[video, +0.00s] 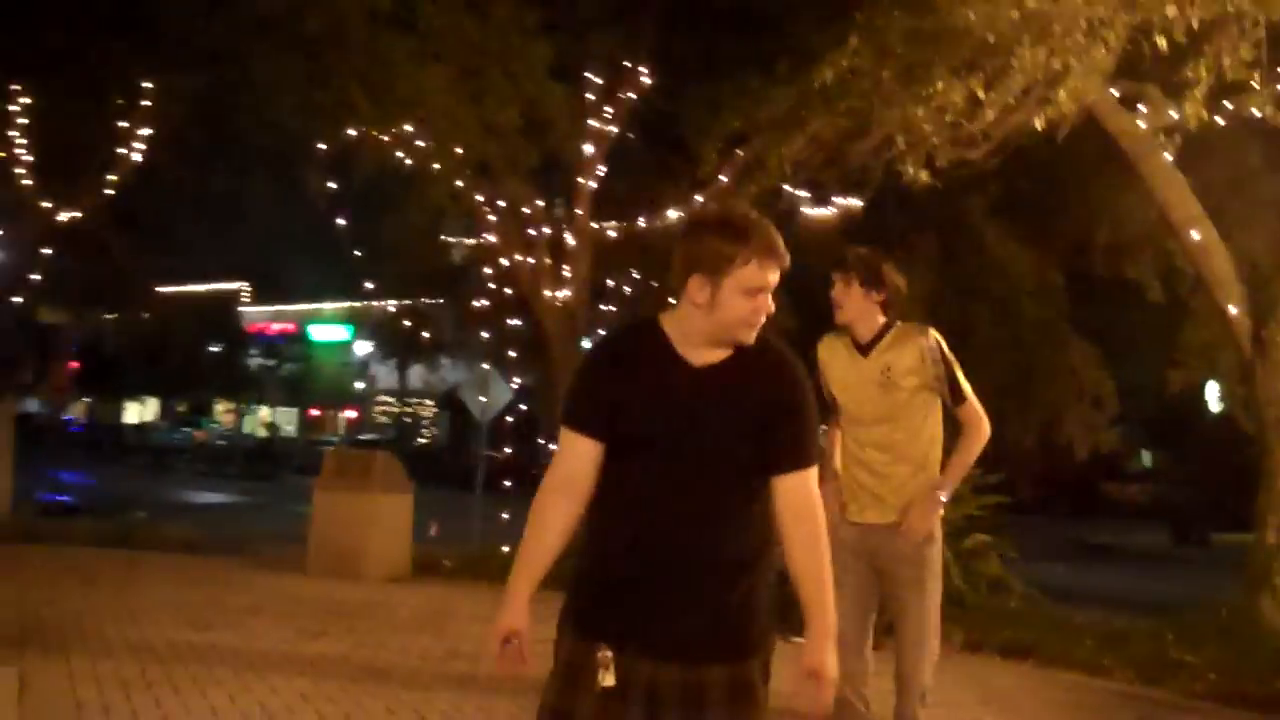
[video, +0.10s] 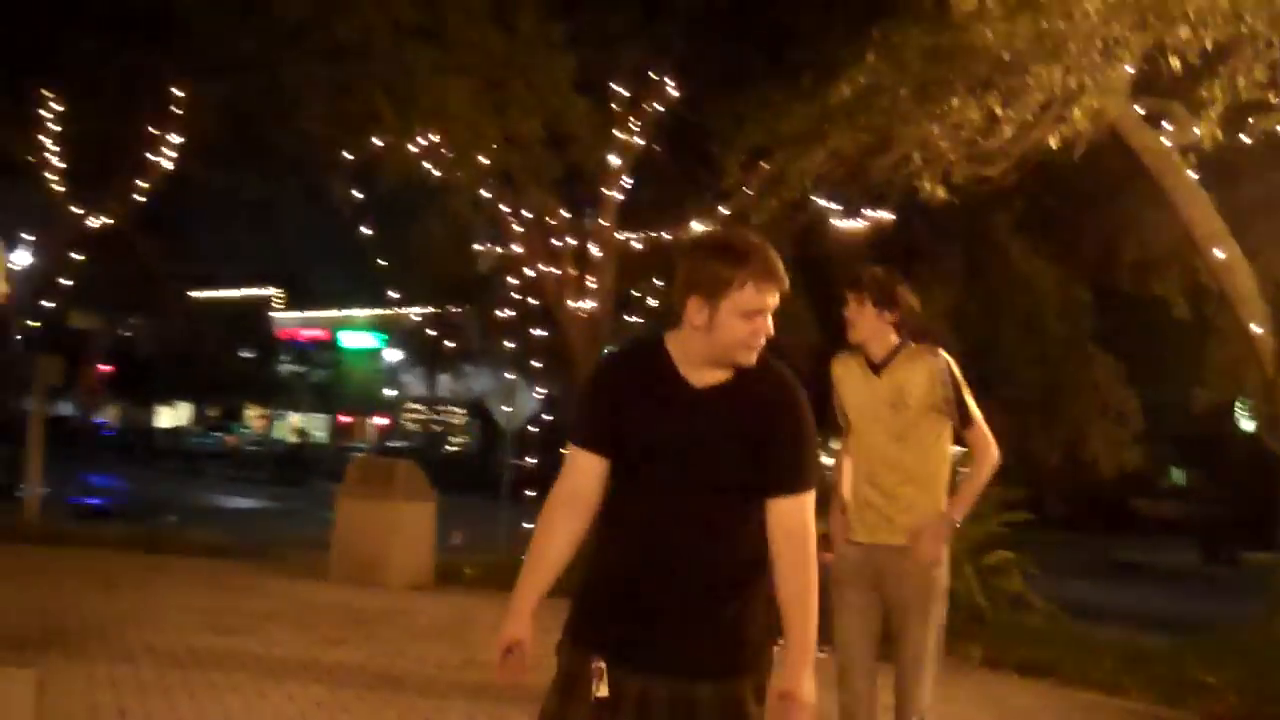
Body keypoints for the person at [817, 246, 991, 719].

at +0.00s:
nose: (834, 295)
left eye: (845, 285)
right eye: (835, 285)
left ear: (877, 294)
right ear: (843, 292)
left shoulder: (923, 346)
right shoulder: (829, 350)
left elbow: (977, 425)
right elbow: (833, 420)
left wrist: (937, 497)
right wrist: (831, 478)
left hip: (913, 530)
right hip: (850, 529)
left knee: (914, 673)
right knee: (846, 665)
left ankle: (909, 715)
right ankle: (850, 714)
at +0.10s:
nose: (847, 315)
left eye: (857, 306)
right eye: (847, 305)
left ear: (889, 314)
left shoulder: (934, 367)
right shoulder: (843, 368)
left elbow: (987, 452)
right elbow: (848, 439)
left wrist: (947, 520)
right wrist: (840, 505)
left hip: (918, 549)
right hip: (855, 546)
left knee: (912, 692)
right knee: (852, 684)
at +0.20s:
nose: (871, 348)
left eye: (880, 338)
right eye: (871, 337)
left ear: (912, 347)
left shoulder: (955, 396)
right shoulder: (865, 395)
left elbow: (1005, 485)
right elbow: (865, 471)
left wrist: (966, 551)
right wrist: (858, 540)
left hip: (933, 575)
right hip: (872, 571)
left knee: (922, 706)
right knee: (864, 703)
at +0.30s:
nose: (870, 370)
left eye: (880, 362)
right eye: (872, 360)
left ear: (912, 375)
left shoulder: (954, 427)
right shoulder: (864, 417)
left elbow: (1007, 506)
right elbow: (862, 485)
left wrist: (958, 567)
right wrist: (853, 546)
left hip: (927, 593)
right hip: (867, 587)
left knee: (915, 709)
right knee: (858, 705)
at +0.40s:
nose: (869, 379)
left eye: (879, 371)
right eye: (871, 369)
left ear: (912, 385)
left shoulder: (951, 435)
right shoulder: (862, 422)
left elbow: (1007, 506)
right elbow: (861, 486)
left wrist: (952, 561)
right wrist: (850, 535)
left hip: (918, 592)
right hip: (859, 586)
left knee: (908, 707)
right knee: (848, 701)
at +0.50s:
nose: (848, 371)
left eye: (859, 364)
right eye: (849, 361)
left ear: (887, 378)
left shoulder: (924, 428)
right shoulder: (834, 410)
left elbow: (976, 493)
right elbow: (829, 468)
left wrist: (923, 544)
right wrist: (821, 514)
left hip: (888, 577)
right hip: (830, 567)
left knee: (874, 697)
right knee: (812, 687)